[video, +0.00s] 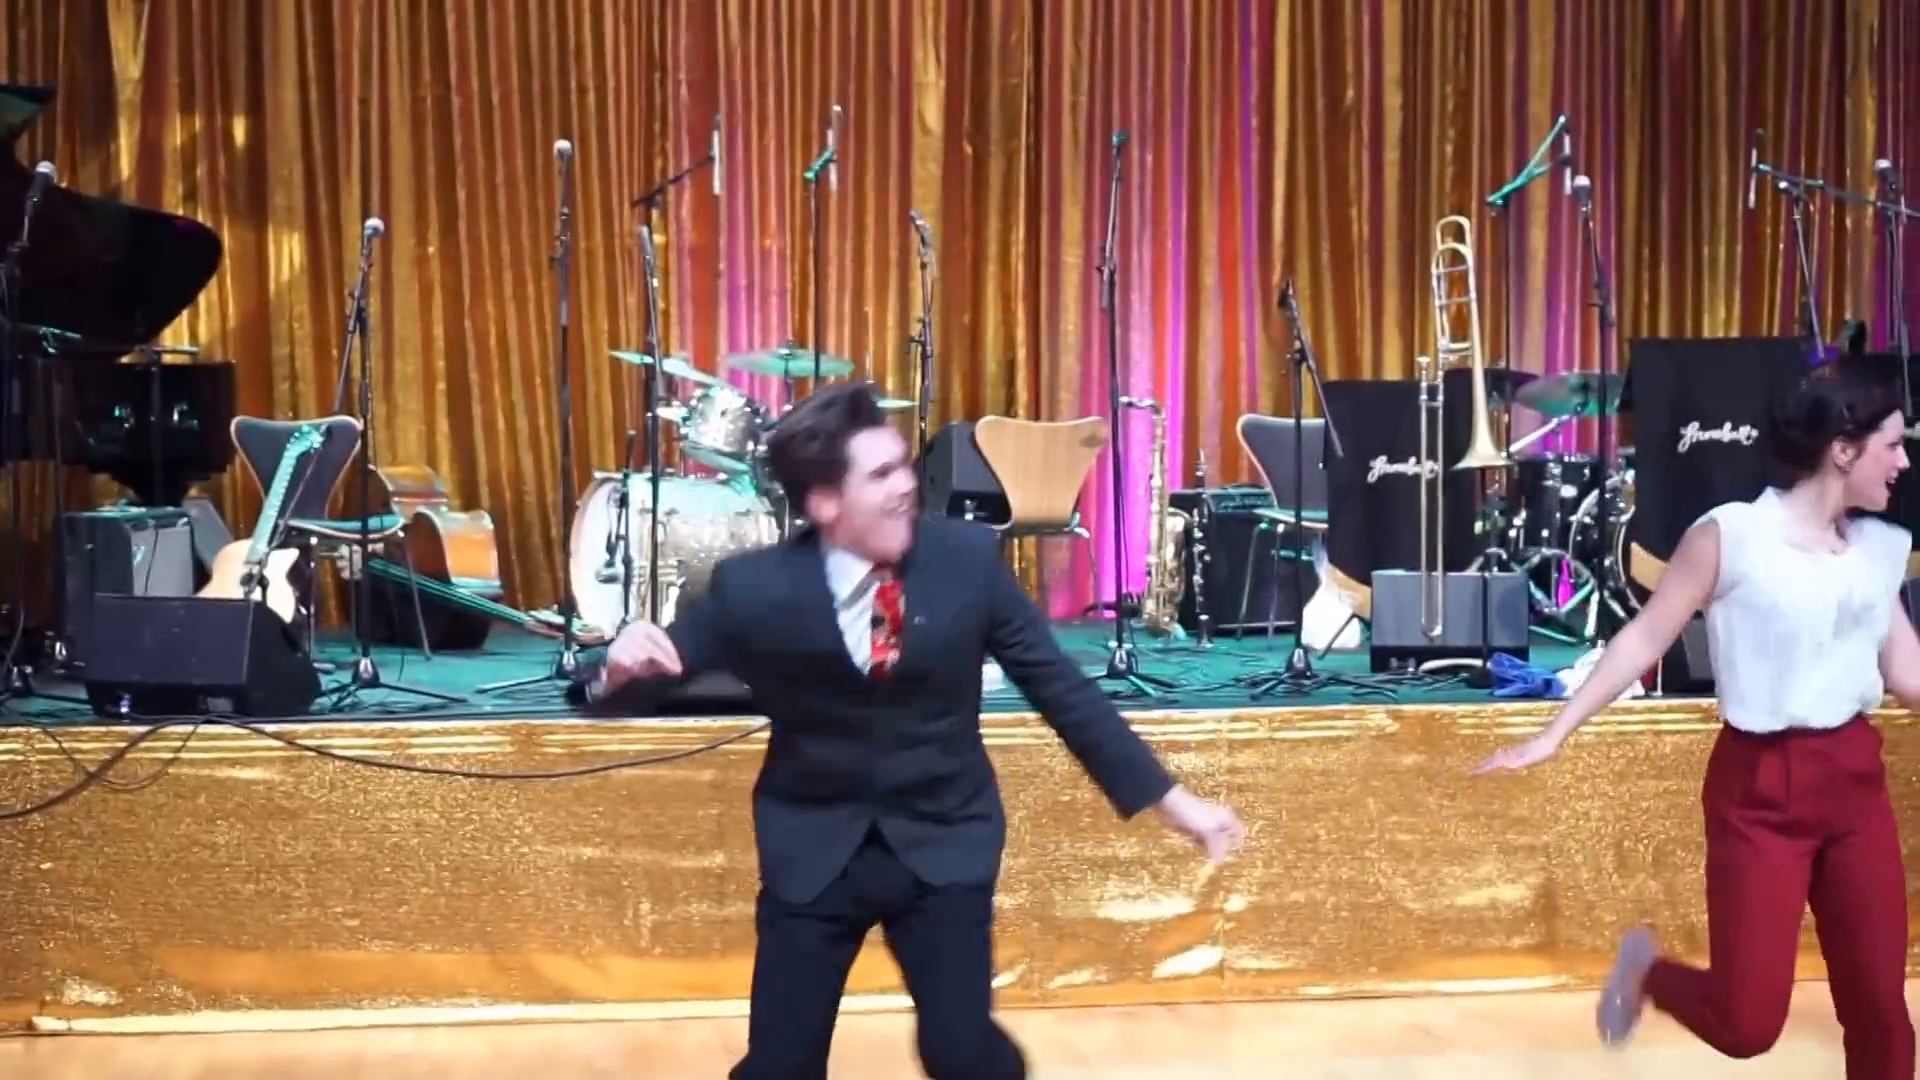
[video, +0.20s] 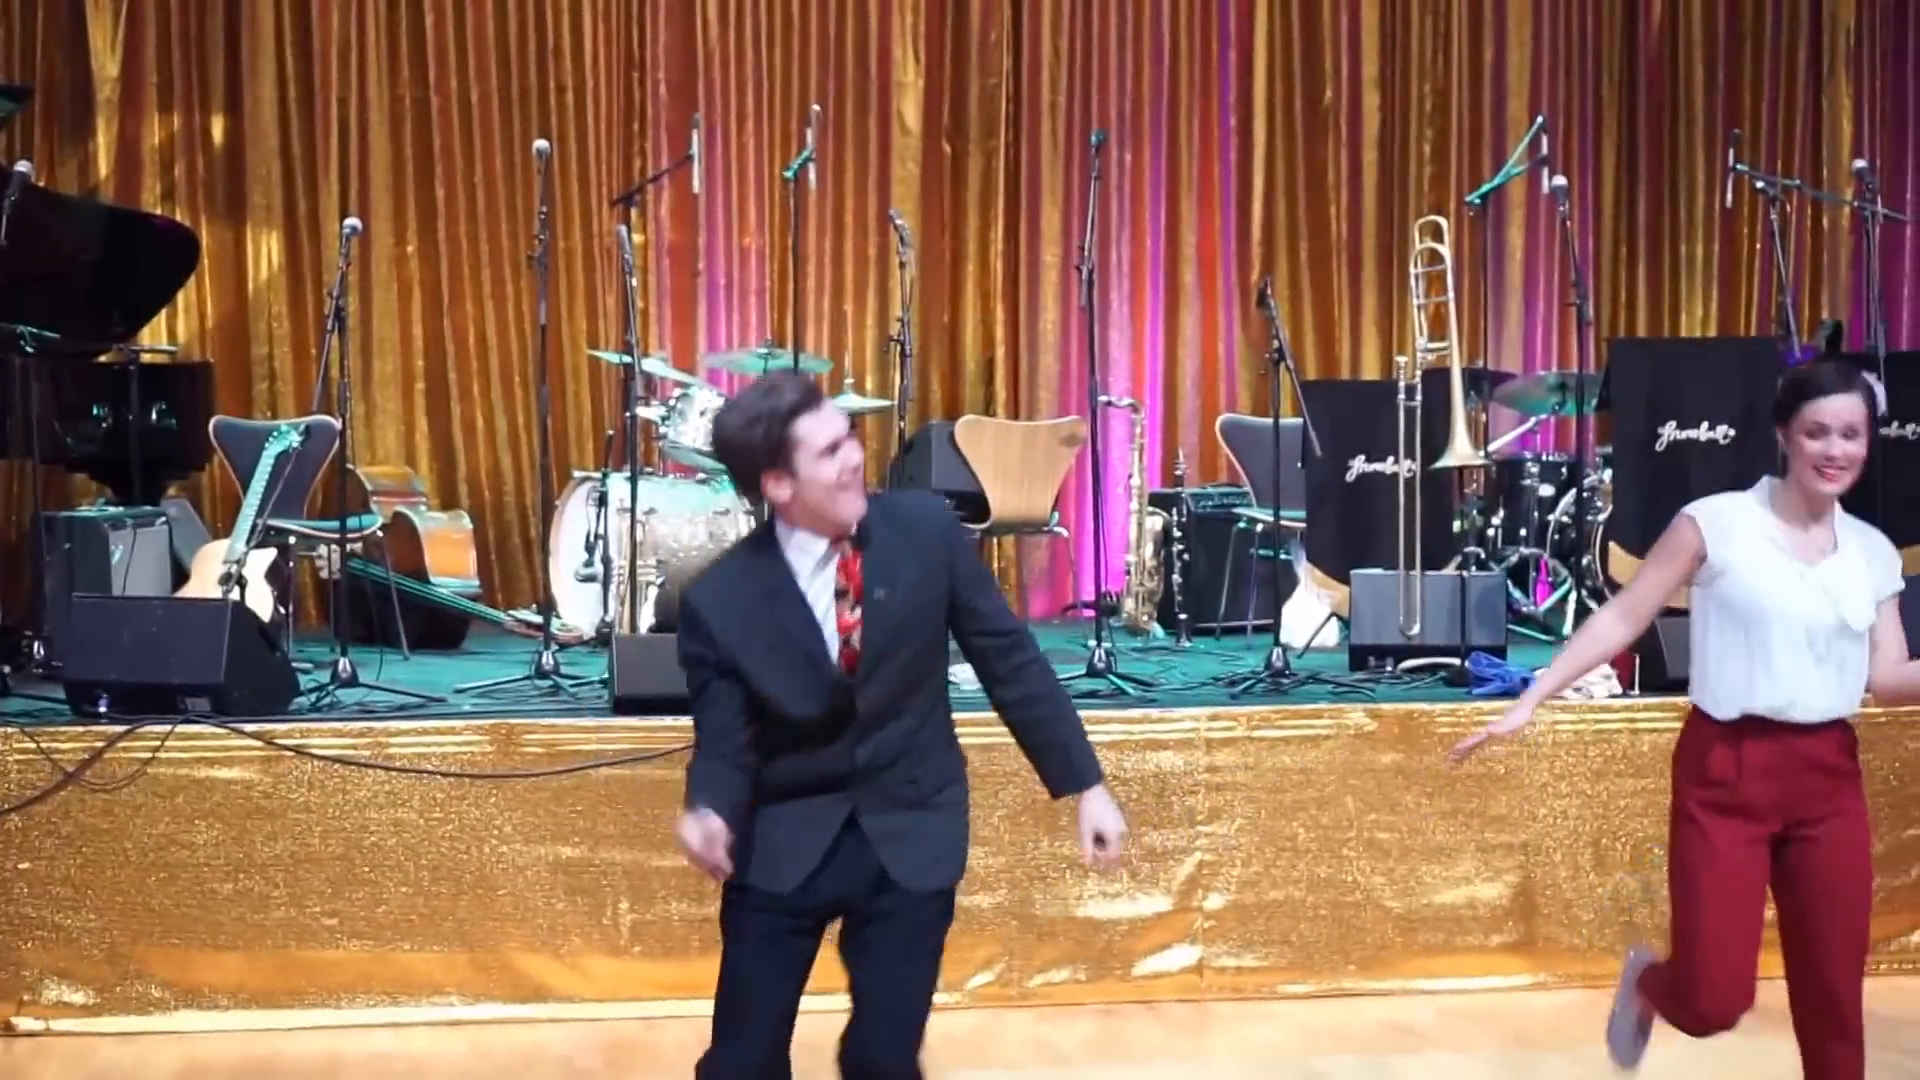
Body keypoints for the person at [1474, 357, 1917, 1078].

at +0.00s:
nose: (1903, 462)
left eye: (1903, 444)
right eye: (1893, 445)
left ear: (1849, 452)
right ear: (1842, 450)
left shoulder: (1878, 551)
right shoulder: (1725, 537)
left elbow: (1906, 675)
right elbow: (1640, 643)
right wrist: (1553, 735)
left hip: (1858, 790)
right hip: (1758, 793)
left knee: (1881, 1015)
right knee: (1749, 1027)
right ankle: (1645, 969)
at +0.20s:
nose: (1836, 451)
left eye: (1852, 434)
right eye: (1818, 431)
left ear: (1870, 443)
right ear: (1784, 435)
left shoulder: (1872, 552)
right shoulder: (1711, 526)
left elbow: (1889, 677)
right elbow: (1622, 617)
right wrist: (1530, 700)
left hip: (1827, 783)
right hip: (1722, 780)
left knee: (1835, 1012)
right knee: (1713, 1006)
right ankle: (1641, 983)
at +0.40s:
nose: (1683, 447)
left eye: (1700, 431)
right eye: (1677, 431)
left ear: (1756, 433)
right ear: (1674, 436)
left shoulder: (1816, 534)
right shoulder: (1640, 523)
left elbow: (1856, 668)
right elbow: (1541, 600)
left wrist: (1900, 647)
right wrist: (1434, 656)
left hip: (1774, 785)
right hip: (1660, 783)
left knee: (1809, 1014)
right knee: (1608, 998)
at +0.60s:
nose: (1562, 445)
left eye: (1578, 428)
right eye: (1558, 428)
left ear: (1634, 435)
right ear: (1560, 434)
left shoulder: (1689, 546)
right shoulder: (1556, 519)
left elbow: (1661, 681)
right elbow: (1538, 607)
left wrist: (1617, 655)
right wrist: (1484, 666)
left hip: (1649, 774)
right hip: (1558, 774)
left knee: (1690, 993)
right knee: (1541, 981)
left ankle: (1791, 1078)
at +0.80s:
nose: (1446, 450)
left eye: (1452, 436)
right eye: (1447, 435)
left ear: (1489, 445)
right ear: (1533, 446)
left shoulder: (1486, 551)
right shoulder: (1588, 539)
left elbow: (1420, 679)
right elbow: (1628, 656)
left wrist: (1374, 638)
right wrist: (1625, 714)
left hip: (1521, 793)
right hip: (1578, 784)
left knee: (1402, 972)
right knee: (1524, 1002)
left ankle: (1592, 971)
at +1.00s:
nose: (1500, 446)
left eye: (1500, 430)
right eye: (1486, 430)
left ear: (1427, 443)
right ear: (1434, 441)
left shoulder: (1334, 527)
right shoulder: (1497, 537)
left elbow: (1333, 656)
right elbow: (1541, 674)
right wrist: (1633, 723)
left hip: (1379, 755)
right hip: (1477, 756)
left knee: (1343, 977)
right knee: (1479, 994)